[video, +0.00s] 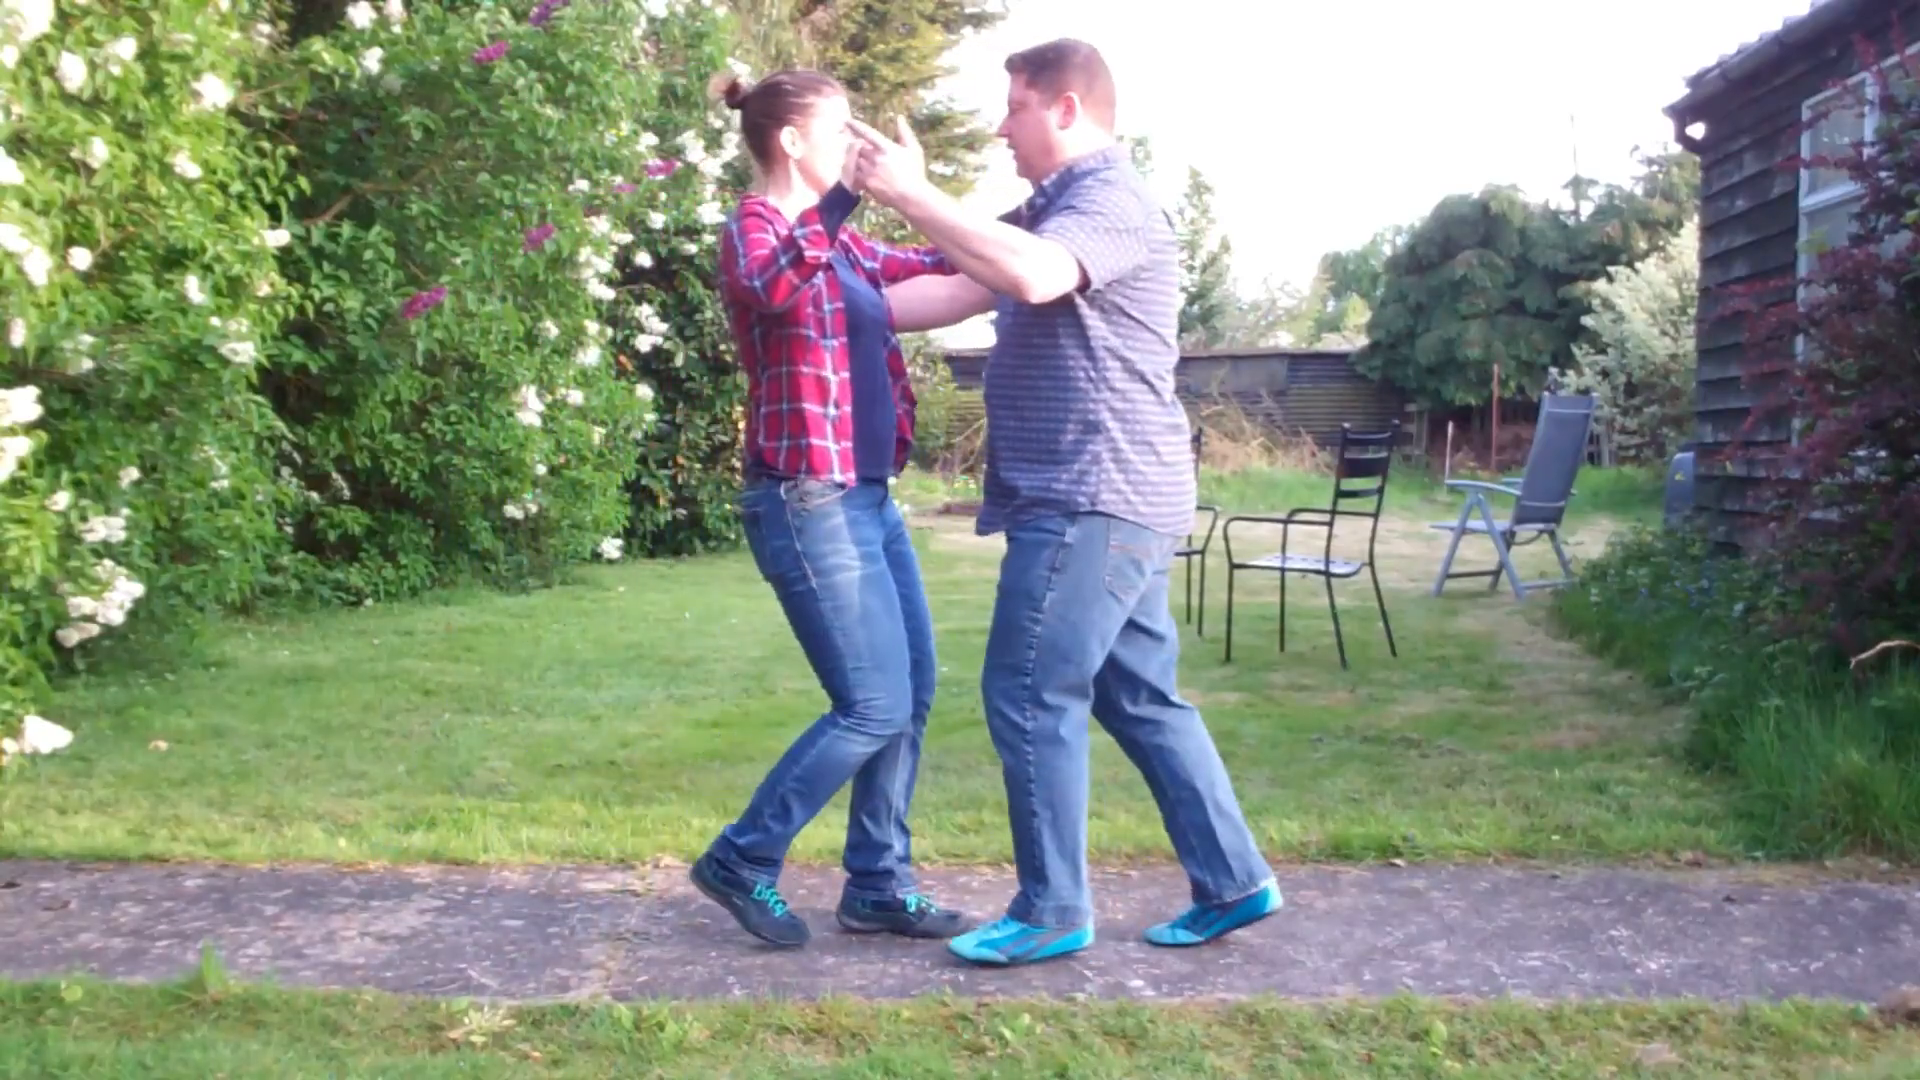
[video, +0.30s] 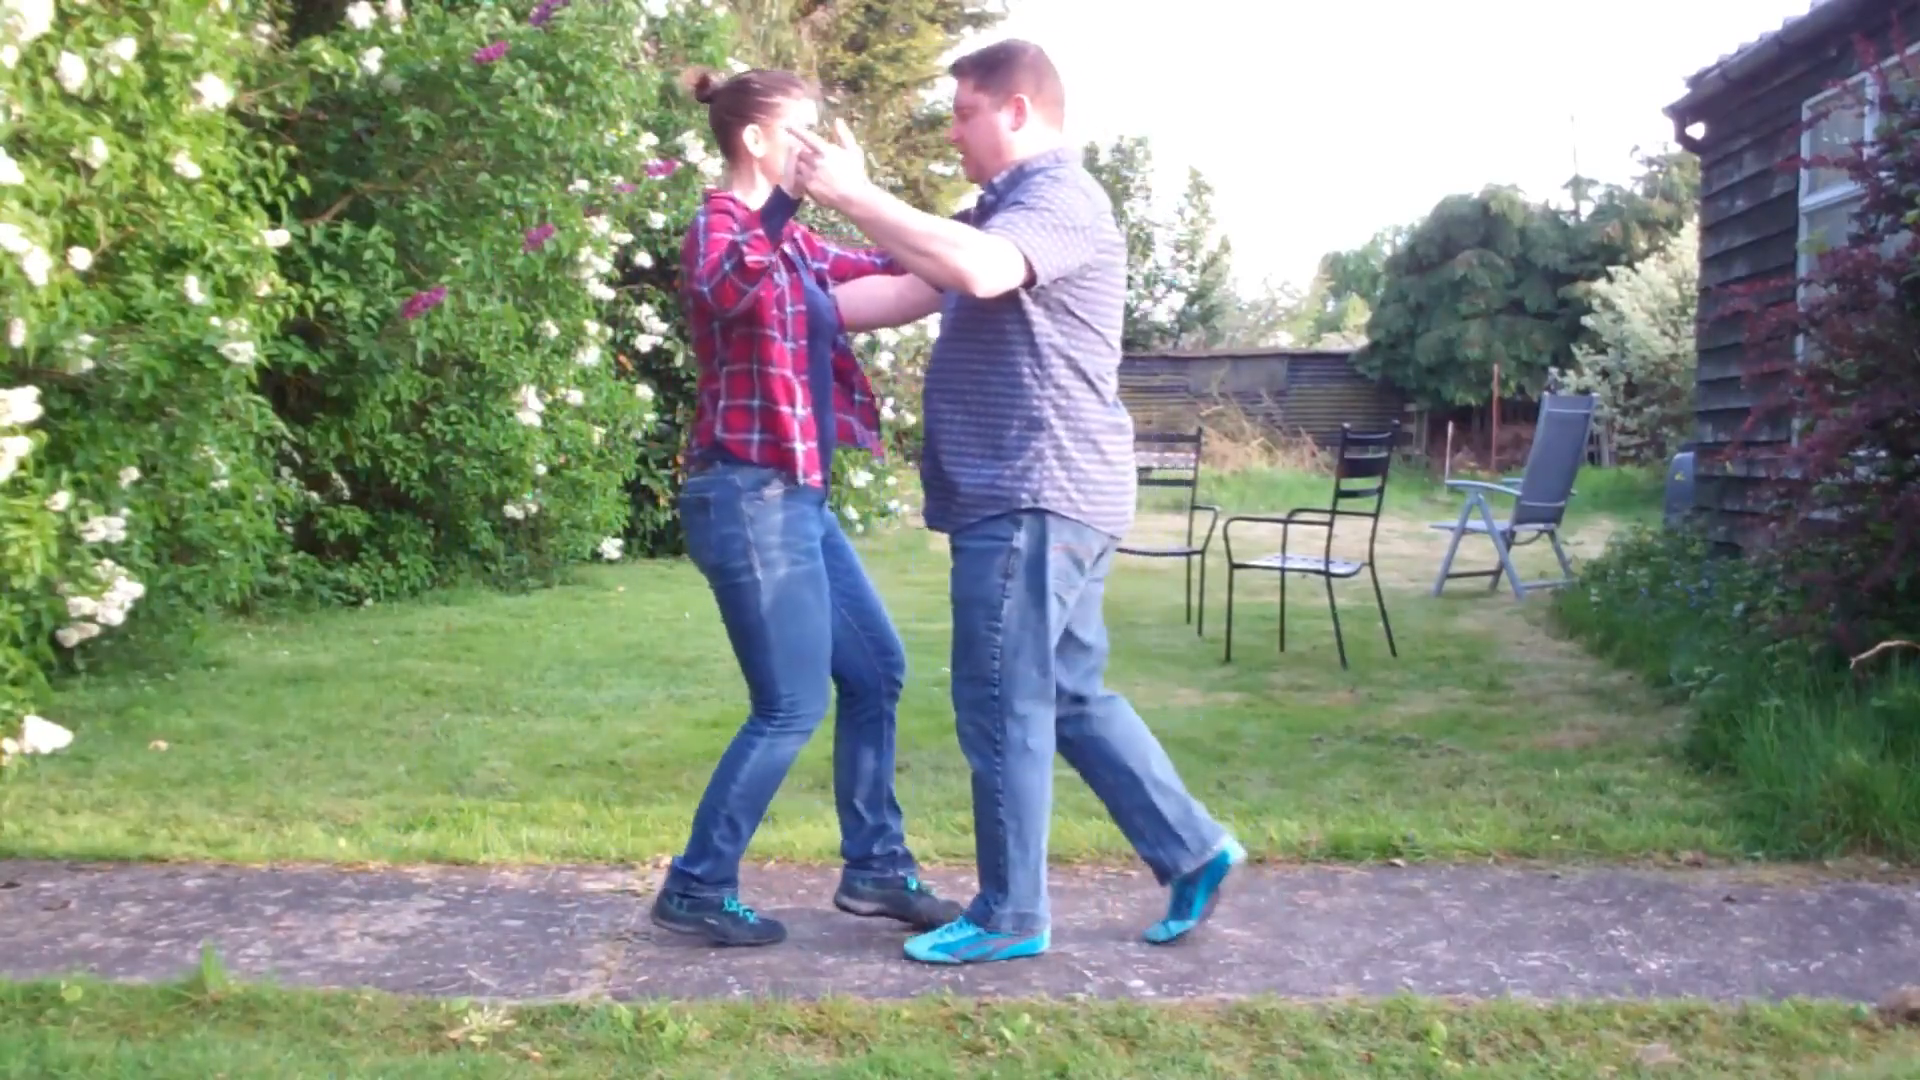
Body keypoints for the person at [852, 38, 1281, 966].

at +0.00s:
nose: (1003, 130)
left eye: (1013, 110)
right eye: (1005, 112)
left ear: (1066, 108)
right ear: (1073, 109)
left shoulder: (1114, 198)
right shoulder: (1060, 211)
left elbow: (1036, 273)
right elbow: (956, 287)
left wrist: (914, 194)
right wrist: (823, 308)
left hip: (1097, 495)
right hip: (1111, 495)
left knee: (1029, 695)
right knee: (1140, 697)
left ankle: (1055, 912)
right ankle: (1234, 881)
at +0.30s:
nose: (955, 136)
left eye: (963, 116)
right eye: (953, 118)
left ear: (1018, 108)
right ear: (1022, 111)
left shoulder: (1063, 196)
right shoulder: (1010, 209)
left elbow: (981, 266)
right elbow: (903, 289)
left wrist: (856, 194)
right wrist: (778, 309)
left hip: (1036, 493)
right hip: (1034, 493)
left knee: (1002, 711)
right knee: (1071, 696)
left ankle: (1011, 915)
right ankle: (1195, 851)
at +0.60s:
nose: (858, 146)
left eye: (865, 126)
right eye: (854, 129)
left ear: (915, 114)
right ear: (921, 117)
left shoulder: (968, 195)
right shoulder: (923, 208)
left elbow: (858, 252)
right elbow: (825, 291)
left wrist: (723, 174)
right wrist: (694, 297)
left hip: (959, 491)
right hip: (917, 494)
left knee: (959, 699)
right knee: (880, 678)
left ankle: (1011, 912)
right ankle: (880, 880)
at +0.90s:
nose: (752, 152)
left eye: (759, 132)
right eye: (752, 134)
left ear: (805, 124)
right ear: (821, 126)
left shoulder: (854, 201)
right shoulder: (835, 205)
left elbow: (735, 279)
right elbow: (729, 294)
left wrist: (633, 192)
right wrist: (636, 220)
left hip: (850, 490)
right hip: (816, 491)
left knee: (813, 682)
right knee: (794, 686)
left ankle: (960, 862)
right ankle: (782, 883)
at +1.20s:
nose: (659, 168)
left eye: (666, 148)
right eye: (658, 151)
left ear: (718, 135)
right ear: (726, 138)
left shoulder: (764, 213)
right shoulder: (759, 217)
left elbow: (668, 299)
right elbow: (641, 317)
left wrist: (565, 216)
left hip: (740, 500)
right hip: (775, 503)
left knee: (637, 670)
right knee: (739, 692)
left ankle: (679, 878)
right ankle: (778, 876)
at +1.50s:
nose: (579, 161)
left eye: (585, 141)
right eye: (577, 144)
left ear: (634, 128)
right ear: (647, 130)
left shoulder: (669, 206)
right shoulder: (694, 207)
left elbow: (579, 291)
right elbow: (562, 315)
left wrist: (465, 212)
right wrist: (464, 268)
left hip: (645, 501)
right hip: (699, 504)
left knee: (572, 691)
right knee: (665, 686)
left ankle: (593, 899)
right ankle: (760, 859)